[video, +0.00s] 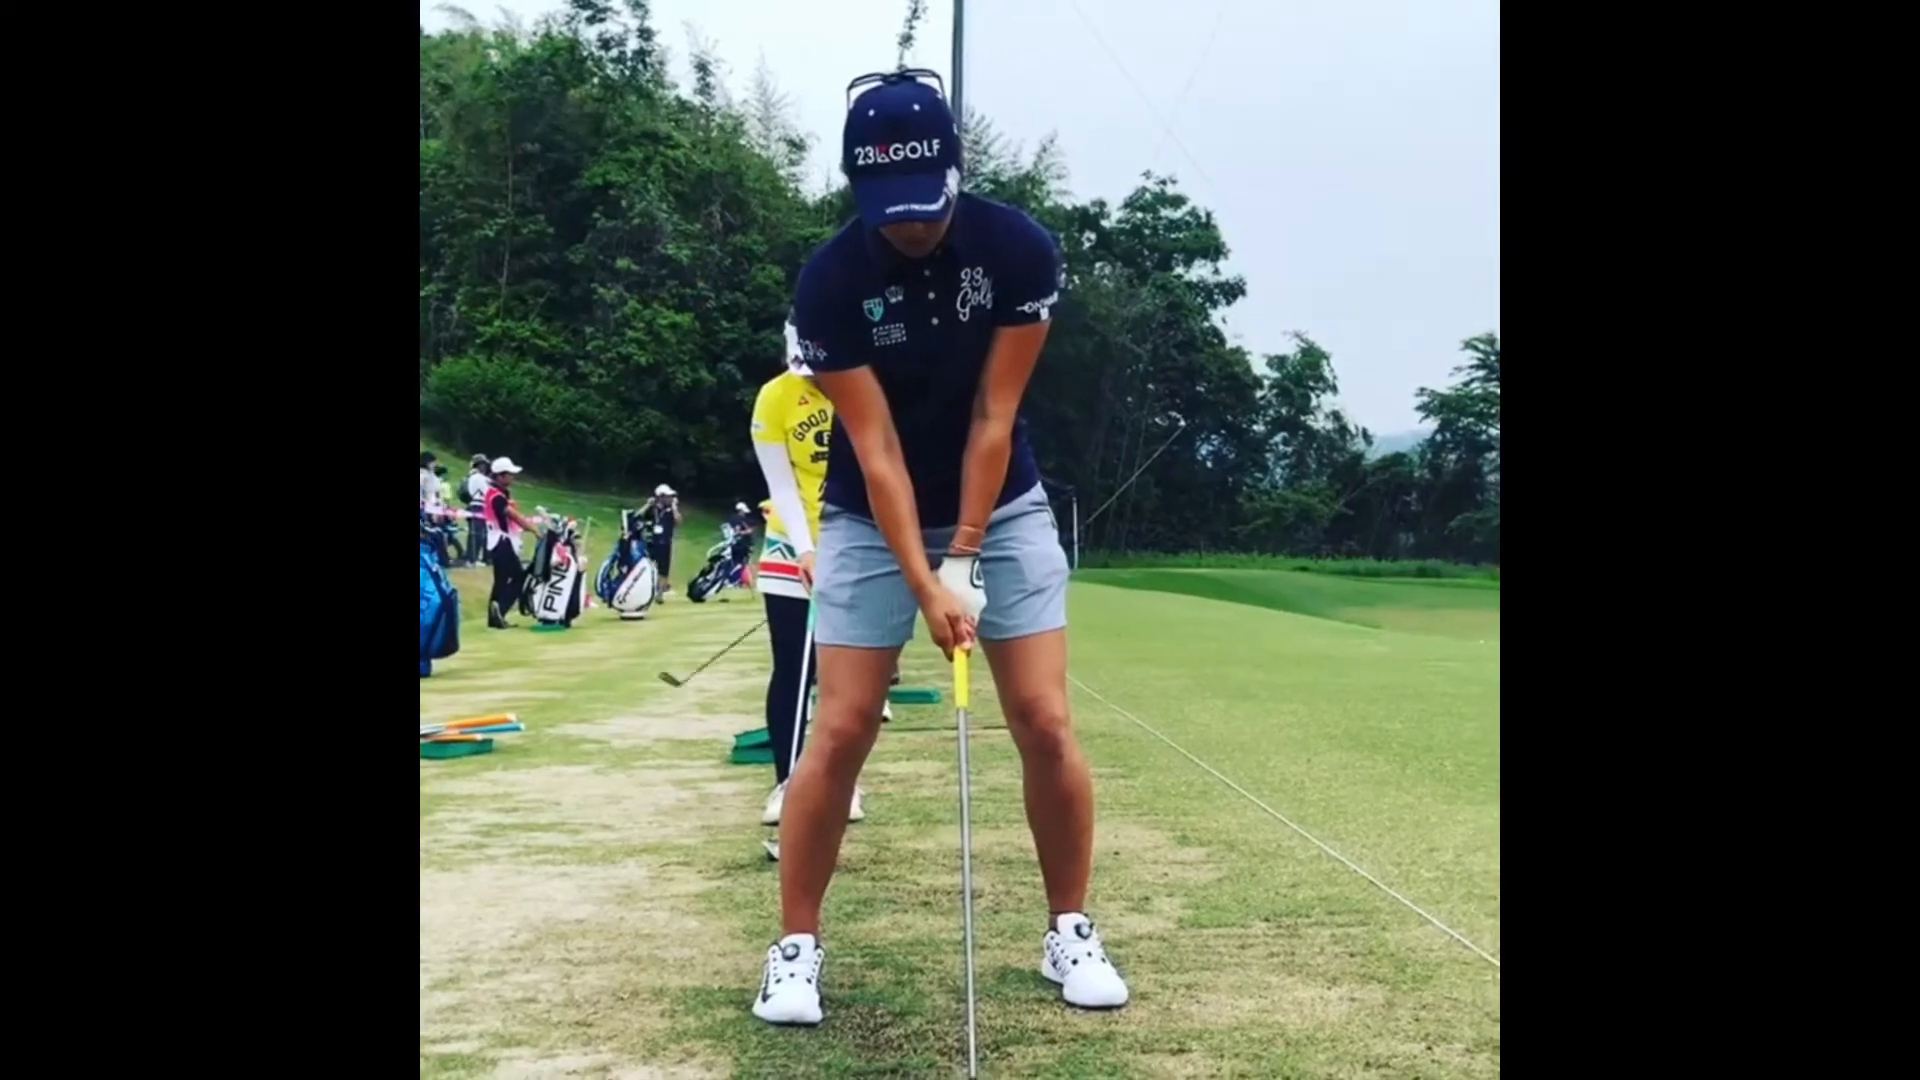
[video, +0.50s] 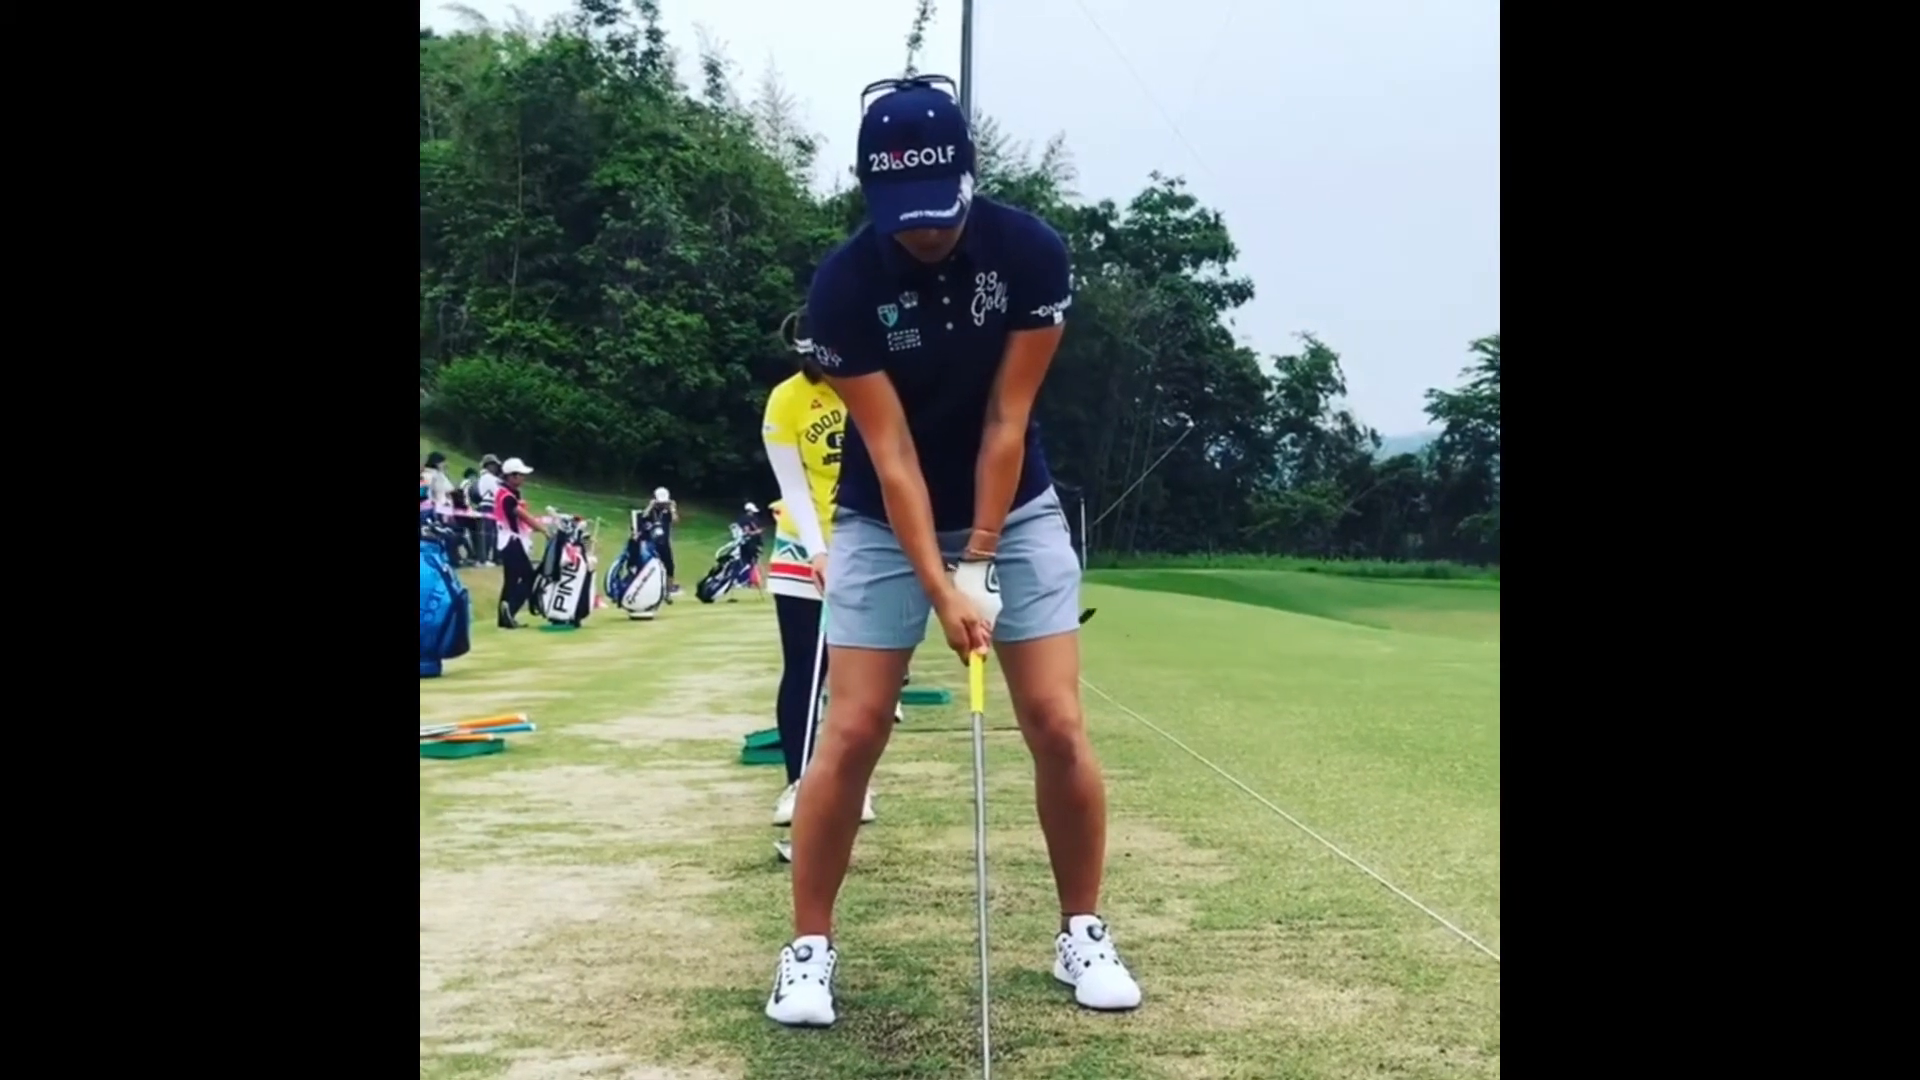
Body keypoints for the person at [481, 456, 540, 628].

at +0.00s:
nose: (512, 479)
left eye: (512, 475)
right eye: (510, 475)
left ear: (500, 477)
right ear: (500, 476)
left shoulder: (495, 493)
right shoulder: (497, 497)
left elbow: (513, 513)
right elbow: (514, 516)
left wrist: (532, 522)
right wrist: (534, 530)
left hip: (497, 538)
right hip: (502, 540)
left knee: (501, 578)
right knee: (518, 575)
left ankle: (494, 616)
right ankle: (501, 607)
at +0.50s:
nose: (523, 479)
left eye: (523, 476)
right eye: (520, 476)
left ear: (512, 478)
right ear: (511, 477)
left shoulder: (507, 493)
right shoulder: (507, 497)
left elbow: (523, 515)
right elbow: (525, 517)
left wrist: (540, 524)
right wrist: (543, 529)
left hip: (508, 538)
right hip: (511, 540)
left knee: (511, 578)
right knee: (528, 575)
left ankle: (504, 616)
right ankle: (510, 608)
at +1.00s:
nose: (536, 484)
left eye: (536, 480)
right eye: (533, 480)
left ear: (525, 482)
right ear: (524, 481)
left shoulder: (517, 497)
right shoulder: (519, 501)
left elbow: (534, 518)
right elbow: (536, 521)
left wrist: (552, 527)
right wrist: (555, 532)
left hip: (518, 542)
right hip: (523, 544)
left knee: (522, 582)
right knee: (540, 579)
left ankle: (516, 620)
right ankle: (522, 611)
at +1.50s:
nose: (545, 491)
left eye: (546, 488)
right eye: (542, 488)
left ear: (535, 490)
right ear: (533, 489)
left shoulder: (529, 506)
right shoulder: (529, 510)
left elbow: (544, 528)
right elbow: (547, 530)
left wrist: (561, 535)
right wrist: (564, 540)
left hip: (532, 551)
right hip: (533, 553)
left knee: (532, 590)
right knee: (549, 587)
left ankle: (526, 627)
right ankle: (531, 619)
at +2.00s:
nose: (532, 497)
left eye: (532, 493)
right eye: (529, 493)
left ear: (520, 495)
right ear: (520, 495)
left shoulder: (513, 512)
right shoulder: (514, 516)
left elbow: (530, 534)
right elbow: (531, 536)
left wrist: (548, 541)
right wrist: (550, 547)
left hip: (514, 556)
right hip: (517, 559)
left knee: (516, 596)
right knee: (534, 593)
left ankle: (509, 635)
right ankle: (516, 625)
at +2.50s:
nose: (507, 500)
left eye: (507, 497)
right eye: (505, 497)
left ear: (491, 497)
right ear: (498, 498)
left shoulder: (484, 514)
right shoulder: (490, 519)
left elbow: (503, 536)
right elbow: (506, 541)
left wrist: (522, 544)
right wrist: (524, 551)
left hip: (484, 558)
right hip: (491, 562)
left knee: (489, 599)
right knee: (507, 597)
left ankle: (483, 637)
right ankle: (489, 630)